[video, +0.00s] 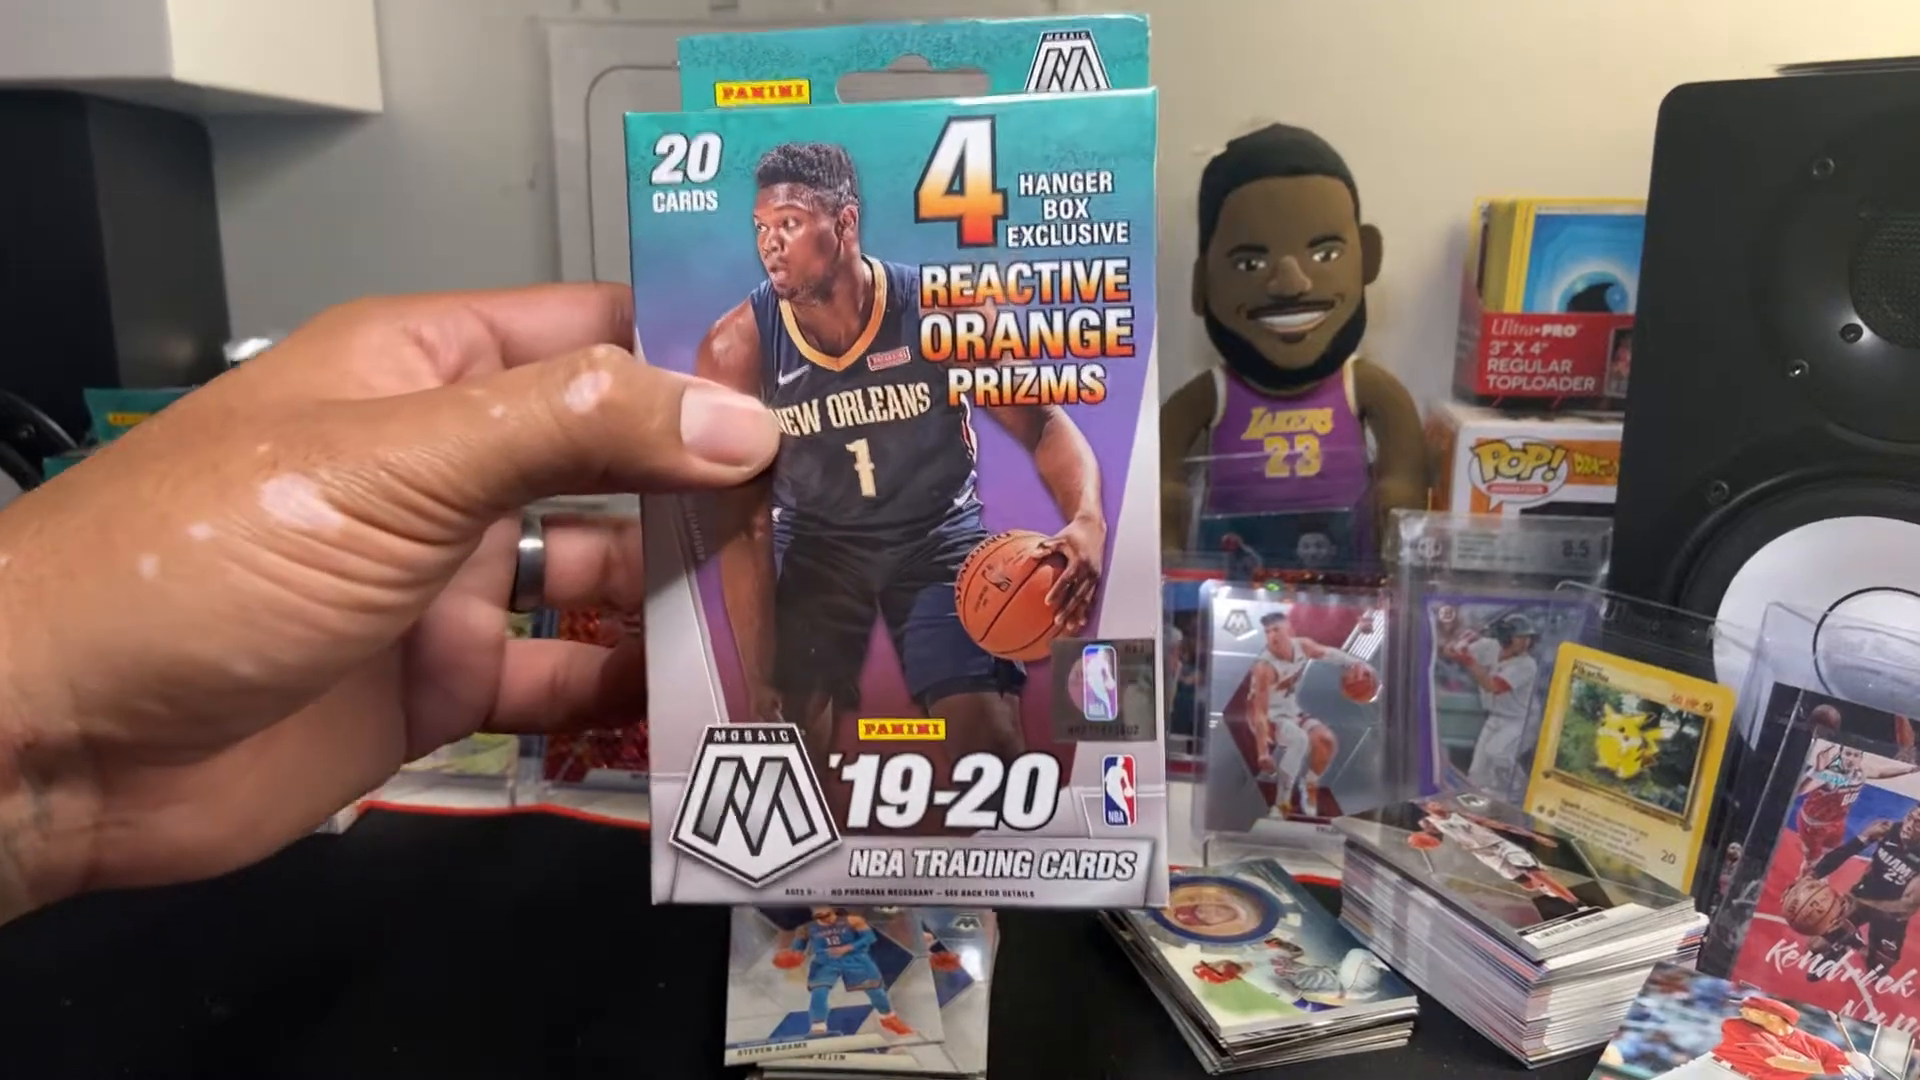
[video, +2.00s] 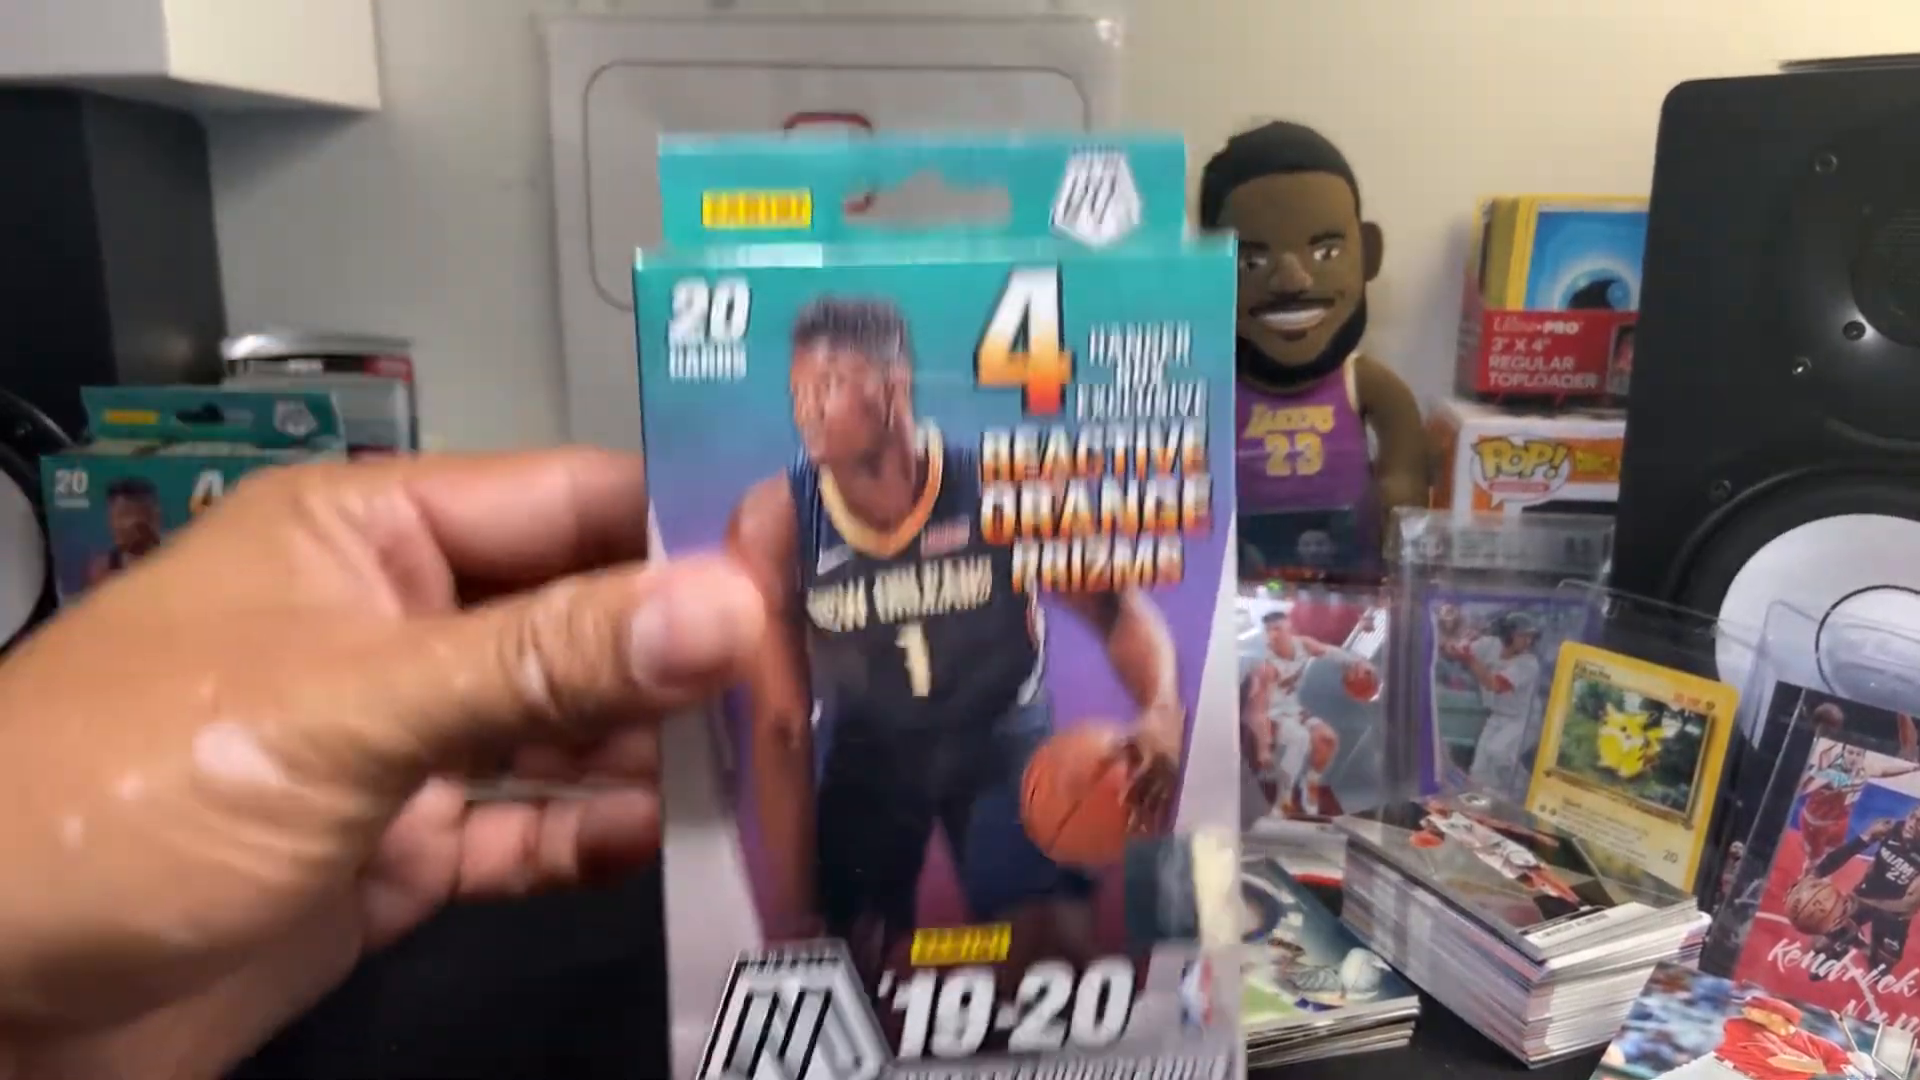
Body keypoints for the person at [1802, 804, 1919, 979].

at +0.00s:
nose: (1910, 826)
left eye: (1918, 824)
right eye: (1910, 818)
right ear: (1905, 816)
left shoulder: (1918, 861)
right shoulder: (1884, 829)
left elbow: (1907, 907)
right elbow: (1844, 852)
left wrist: (1859, 904)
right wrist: (1815, 874)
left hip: (1892, 913)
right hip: (1862, 898)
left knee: (1878, 968)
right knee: (1815, 946)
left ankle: (1852, 941)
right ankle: (1839, 948)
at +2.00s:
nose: (1912, 824)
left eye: (1918, 822)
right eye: (1912, 817)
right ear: (1907, 815)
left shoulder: (1917, 858)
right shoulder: (1888, 830)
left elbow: (1908, 905)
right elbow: (1848, 851)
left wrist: (1861, 903)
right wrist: (1816, 873)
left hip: (1895, 912)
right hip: (1865, 897)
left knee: (1880, 969)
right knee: (1820, 947)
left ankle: (1853, 939)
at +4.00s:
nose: (1913, 825)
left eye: (1919, 823)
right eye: (1914, 817)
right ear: (1909, 815)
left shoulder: (1918, 857)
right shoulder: (1889, 829)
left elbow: (1910, 905)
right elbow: (1849, 851)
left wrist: (1863, 904)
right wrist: (1816, 875)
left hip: (1897, 912)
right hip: (1866, 897)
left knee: (1881, 970)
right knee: (1821, 946)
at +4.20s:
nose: (1913, 824)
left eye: (1919, 822)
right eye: (1913, 817)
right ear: (1908, 815)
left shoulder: (1917, 856)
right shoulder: (1892, 829)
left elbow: (1905, 904)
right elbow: (1851, 850)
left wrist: (1862, 903)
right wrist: (1817, 873)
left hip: (1893, 906)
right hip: (1866, 894)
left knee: (1881, 968)